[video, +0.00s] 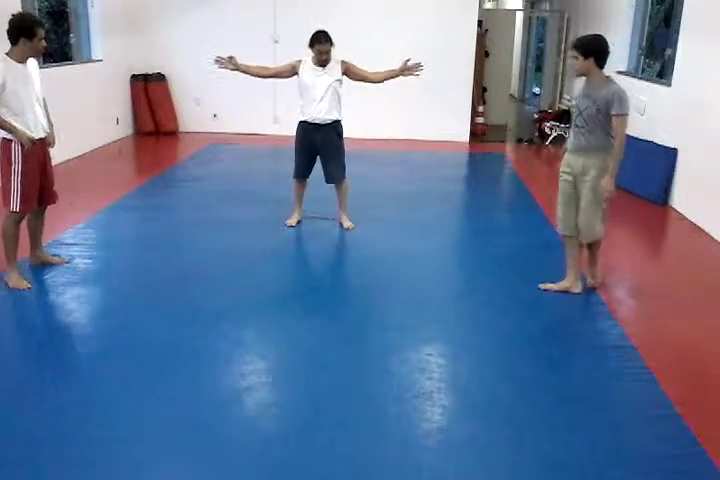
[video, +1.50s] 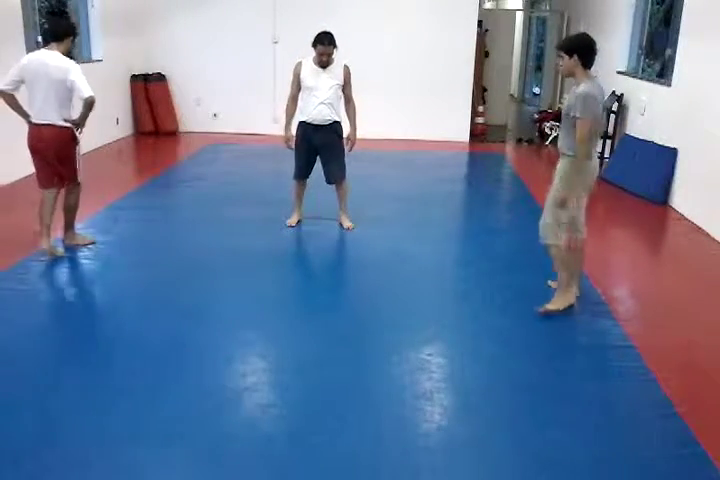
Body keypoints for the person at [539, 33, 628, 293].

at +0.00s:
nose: (572, 63)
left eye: (576, 58)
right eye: (572, 58)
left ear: (591, 59)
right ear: (587, 60)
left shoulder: (615, 93)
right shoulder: (582, 86)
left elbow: (619, 137)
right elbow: (578, 125)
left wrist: (611, 175)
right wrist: (567, 150)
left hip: (596, 161)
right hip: (572, 157)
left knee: (591, 225)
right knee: (567, 223)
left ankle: (592, 273)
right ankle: (572, 278)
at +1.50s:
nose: (558, 63)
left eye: (562, 58)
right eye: (558, 57)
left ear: (576, 59)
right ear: (580, 60)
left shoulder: (586, 93)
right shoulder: (588, 89)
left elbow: (582, 145)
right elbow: (582, 141)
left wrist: (569, 187)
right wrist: (568, 178)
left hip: (574, 165)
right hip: (578, 163)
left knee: (554, 225)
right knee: (571, 224)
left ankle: (566, 290)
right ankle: (569, 279)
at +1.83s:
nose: (558, 65)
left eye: (560, 59)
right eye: (558, 59)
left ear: (572, 60)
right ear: (584, 60)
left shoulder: (568, 90)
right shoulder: (601, 89)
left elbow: (559, 134)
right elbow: (606, 130)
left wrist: (545, 172)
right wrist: (585, 138)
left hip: (564, 159)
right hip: (590, 161)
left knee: (539, 215)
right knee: (580, 225)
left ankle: (544, 268)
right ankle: (571, 281)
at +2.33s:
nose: (541, 63)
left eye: (543, 58)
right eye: (541, 58)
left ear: (555, 58)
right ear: (566, 58)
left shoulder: (548, 86)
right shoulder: (588, 84)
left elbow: (541, 126)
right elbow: (592, 123)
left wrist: (533, 159)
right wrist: (587, 153)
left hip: (551, 149)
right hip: (576, 151)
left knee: (545, 201)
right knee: (568, 200)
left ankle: (548, 254)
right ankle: (568, 242)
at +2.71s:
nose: (534, 59)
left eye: (538, 55)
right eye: (534, 55)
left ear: (550, 56)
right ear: (556, 56)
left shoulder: (550, 82)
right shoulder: (570, 79)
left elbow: (546, 121)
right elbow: (577, 118)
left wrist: (525, 146)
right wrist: (580, 147)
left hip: (550, 142)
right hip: (566, 141)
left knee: (546, 196)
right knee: (551, 189)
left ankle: (550, 252)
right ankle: (545, 231)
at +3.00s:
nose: (533, 56)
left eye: (537, 51)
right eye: (533, 51)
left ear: (550, 51)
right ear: (548, 52)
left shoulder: (560, 75)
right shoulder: (551, 75)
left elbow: (565, 107)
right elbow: (554, 107)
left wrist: (562, 135)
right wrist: (544, 133)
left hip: (555, 133)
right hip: (547, 131)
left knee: (542, 187)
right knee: (543, 186)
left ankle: (565, 231)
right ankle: (544, 231)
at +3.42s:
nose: (546, 61)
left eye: (550, 56)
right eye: (546, 56)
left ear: (564, 56)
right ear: (553, 57)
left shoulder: (580, 81)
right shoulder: (555, 80)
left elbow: (589, 115)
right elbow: (551, 113)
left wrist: (584, 147)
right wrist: (538, 134)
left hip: (572, 138)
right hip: (550, 136)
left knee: (571, 185)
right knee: (533, 176)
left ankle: (569, 225)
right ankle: (541, 222)